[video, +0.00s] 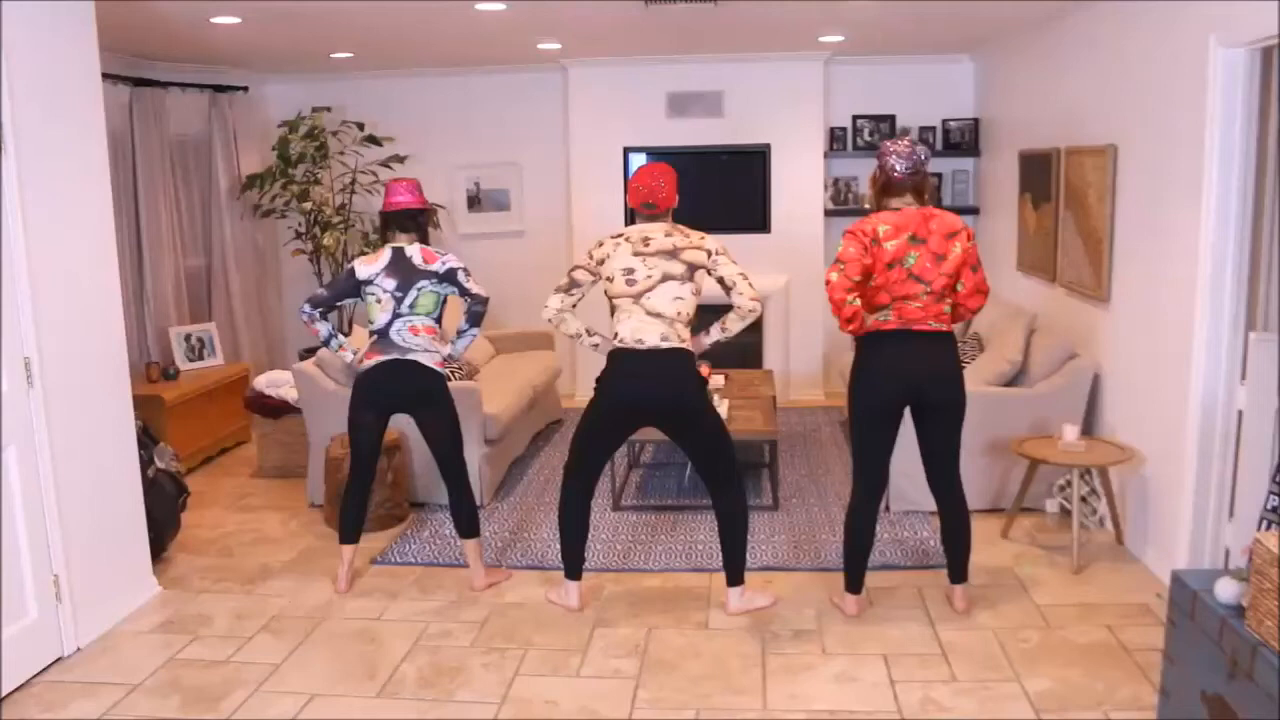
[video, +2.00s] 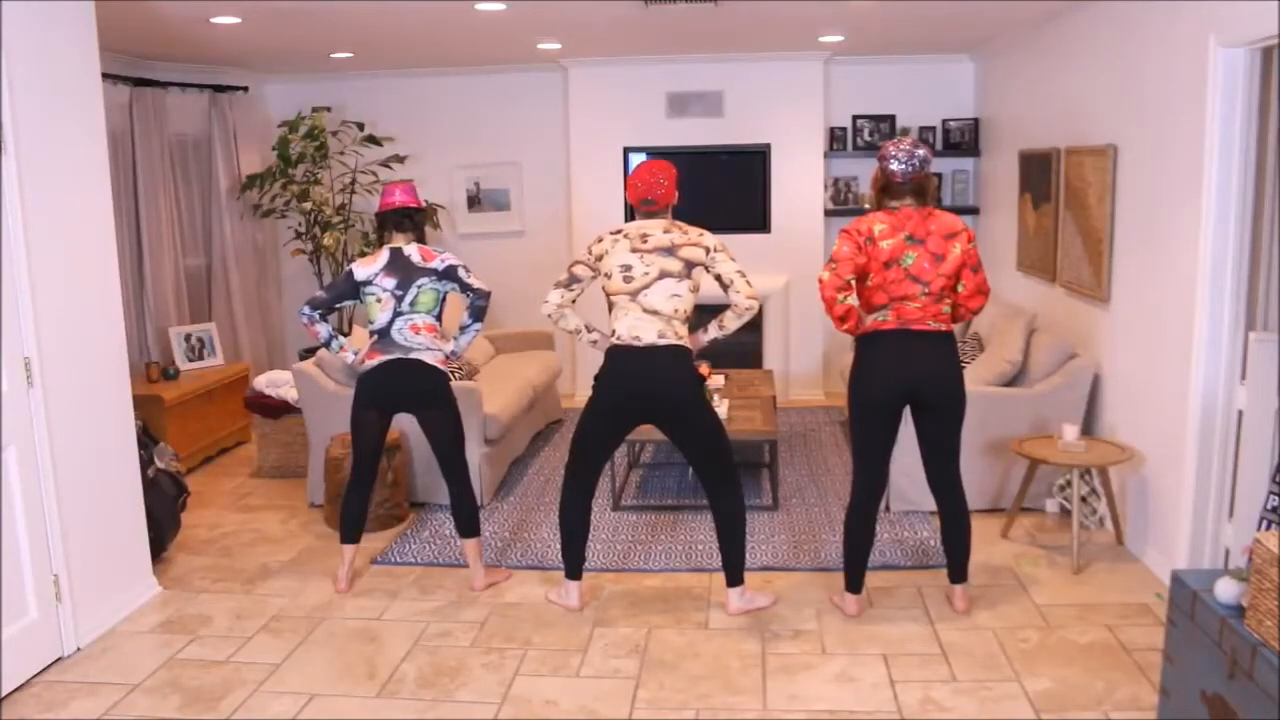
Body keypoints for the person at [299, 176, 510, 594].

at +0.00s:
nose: (424, 225)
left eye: (404, 222)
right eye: (423, 220)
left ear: (385, 224)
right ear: (423, 222)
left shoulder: (365, 266)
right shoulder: (442, 262)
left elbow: (310, 308)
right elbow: (478, 299)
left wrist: (346, 350)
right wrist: (456, 350)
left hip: (373, 379)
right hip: (426, 379)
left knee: (360, 472)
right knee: (455, 472)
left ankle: (344, 572)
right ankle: (479, 572)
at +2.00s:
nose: (418, 225)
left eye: (393, 222)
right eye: (420, 219)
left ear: (381, 223)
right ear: (421, 220)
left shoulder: (366, 266)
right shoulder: (439, 260)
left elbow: (309, 311)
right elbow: (480, 295)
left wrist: (348, 352)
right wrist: (457, 347)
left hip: (376, 380)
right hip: (427, 379)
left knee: (362, 474)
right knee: (456, 473)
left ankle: (345, 572)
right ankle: (479, 573)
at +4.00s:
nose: (320, 224)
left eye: (326, 217)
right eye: (323, 216)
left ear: (346, 226)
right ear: (355, 226)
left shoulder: (360, 276)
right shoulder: (381, 260)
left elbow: (385, 345)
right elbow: (422, 289)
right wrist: (409, 336)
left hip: (412, 392)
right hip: (429, 377)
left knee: (367, 485)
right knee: (394, 457)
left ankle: (408, 583)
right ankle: (442, 534)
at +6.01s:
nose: (372, 225)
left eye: (381, 219)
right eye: (365, 220)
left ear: (395, 230)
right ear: (355, 231)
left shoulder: (421, 281)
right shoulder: (340, 288)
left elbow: (466, 336)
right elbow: (314, 342)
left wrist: (429, 369)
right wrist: (344, 377)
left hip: (424, 386)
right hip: (367, 391)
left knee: (457, 470)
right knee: (324, 469)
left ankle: (457, 558)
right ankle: (334, 555)